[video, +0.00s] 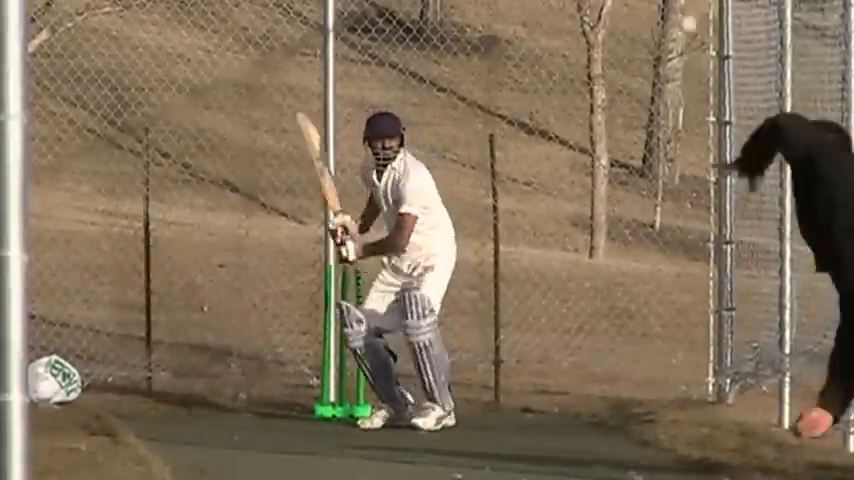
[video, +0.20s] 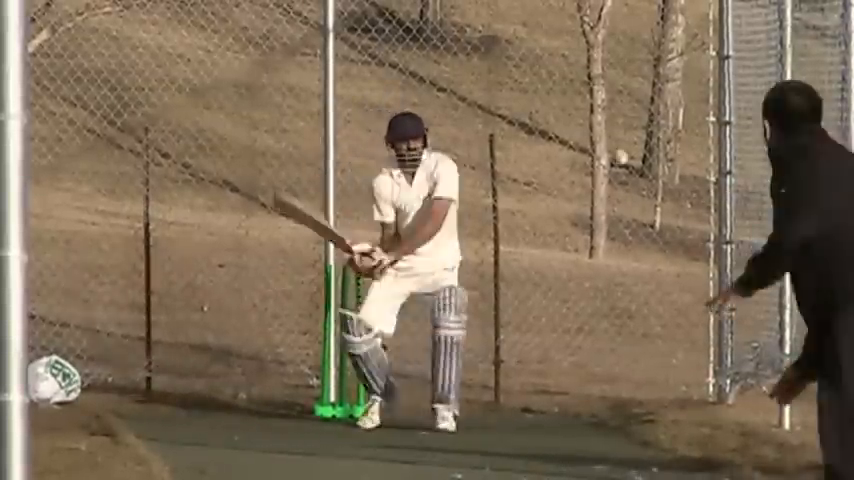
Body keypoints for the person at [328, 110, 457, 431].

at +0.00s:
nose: (383, 148)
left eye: (390, 141)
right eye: (375, 142)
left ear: (401, 142)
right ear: (367, 144)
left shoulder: (411, 177)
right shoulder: (371, 169)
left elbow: (398, 241)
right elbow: (376, 202)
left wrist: (360, 249)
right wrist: (358, 228)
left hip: (431, 259)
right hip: (397, 261)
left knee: (418, 325)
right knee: (361, 330)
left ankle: (442, 406)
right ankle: (395, 404)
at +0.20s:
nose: (410, 149)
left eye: (416, 142)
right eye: (402, 144)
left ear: (425, 142)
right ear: (392, 146)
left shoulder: (443, 168)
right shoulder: (384, 182)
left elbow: (434, 221)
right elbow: (390, 237)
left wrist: (391, 254)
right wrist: (372, 258)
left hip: (439, 271)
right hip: (397, 271)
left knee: (449, 324)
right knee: (360, 331)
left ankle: (445, 407)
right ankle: (381, 394)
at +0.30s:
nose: (416, 148)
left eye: (422, 141)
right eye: (408, 142)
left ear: (431, 138)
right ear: (396, 142)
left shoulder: (441, 147)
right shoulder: (402, 178)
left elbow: (463, 176)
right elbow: (431, 225)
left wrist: (480, 218)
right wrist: (467, 241)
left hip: (448, 256)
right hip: (409, 259)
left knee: (461, 322)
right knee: (390, 329)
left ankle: (450, 401)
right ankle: (362, 394)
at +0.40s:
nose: (428, 150)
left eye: (434, 142)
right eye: (420, 144)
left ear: (439, 139)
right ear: (404, 143)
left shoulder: (442, 147)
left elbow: (483, 180)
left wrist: (526, 205)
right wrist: (533, 199)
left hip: (444, 252)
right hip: (413, 258)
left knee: (462, 324)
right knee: (404, 345)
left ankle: (450, 406)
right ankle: (365, 392)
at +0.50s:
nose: (456, 139)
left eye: (456, 133)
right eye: (451, 134)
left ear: (435, 133)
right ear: (434, 135)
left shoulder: (435, 152)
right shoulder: (429, 165)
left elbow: (478, 153)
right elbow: (485, 166)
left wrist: (521, 140)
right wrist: (524, 139)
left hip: (450, 251)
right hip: (423, 255)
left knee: (470, 326)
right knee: (412, 339)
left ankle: (451, 406)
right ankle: (368, 386)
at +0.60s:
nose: (482, 122)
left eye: (481, 115)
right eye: (478, 115)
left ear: (447, 116)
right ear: (465, 117)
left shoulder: (428, 140)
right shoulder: (463, 151)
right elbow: (499, 146)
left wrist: (498, 109)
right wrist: (502, 112)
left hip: (450, 246)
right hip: (431, 247)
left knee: (473, 326)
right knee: (422, 339)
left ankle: (448, 404)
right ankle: (365, 380)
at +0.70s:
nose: (492, 112)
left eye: (491, 107)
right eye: (490, 107)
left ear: (457, 109)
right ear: (482, 110)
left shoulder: (437, 135)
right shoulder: (485, 143)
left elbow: (459, 131)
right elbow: (496, 139)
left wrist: (454, 98)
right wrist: (461, 101)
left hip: (442, 238)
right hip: (444, 240)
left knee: (471, 324)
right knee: (440, 329)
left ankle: (441, 405)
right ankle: (376, 392)